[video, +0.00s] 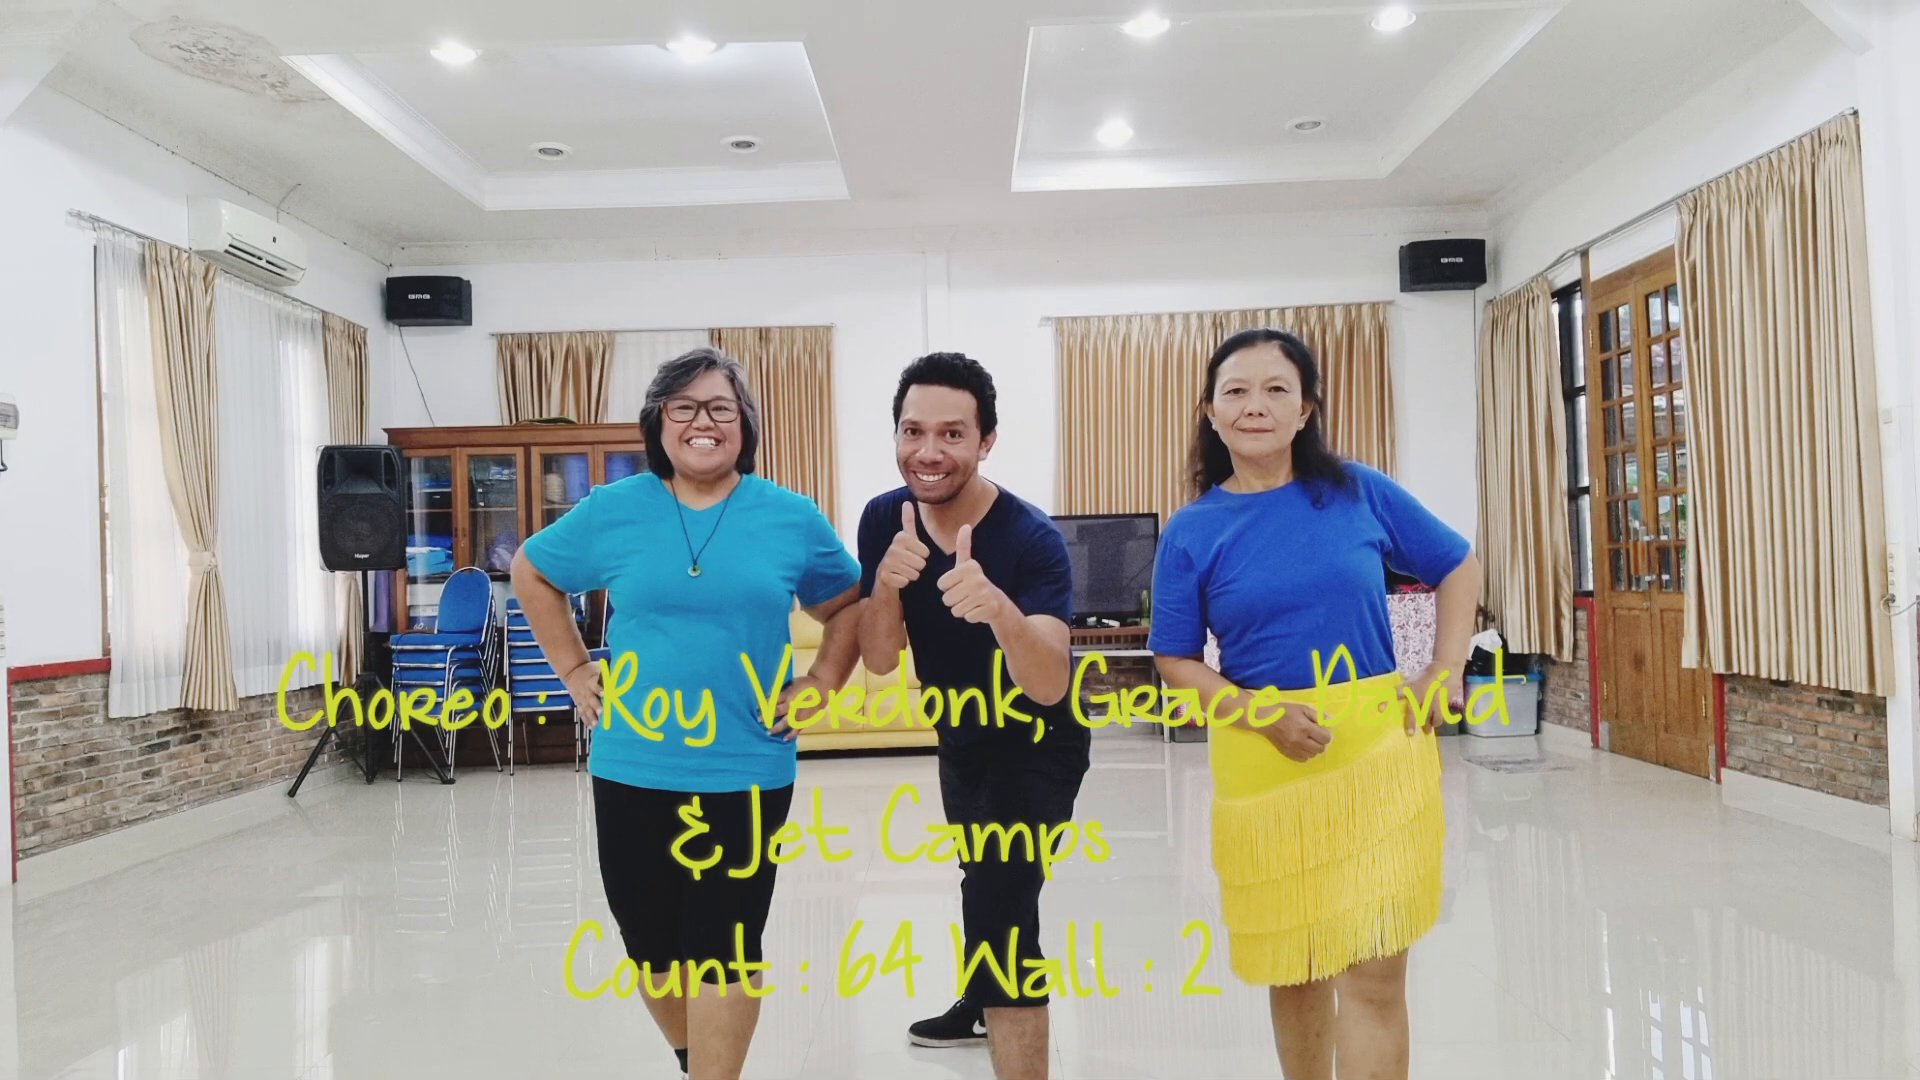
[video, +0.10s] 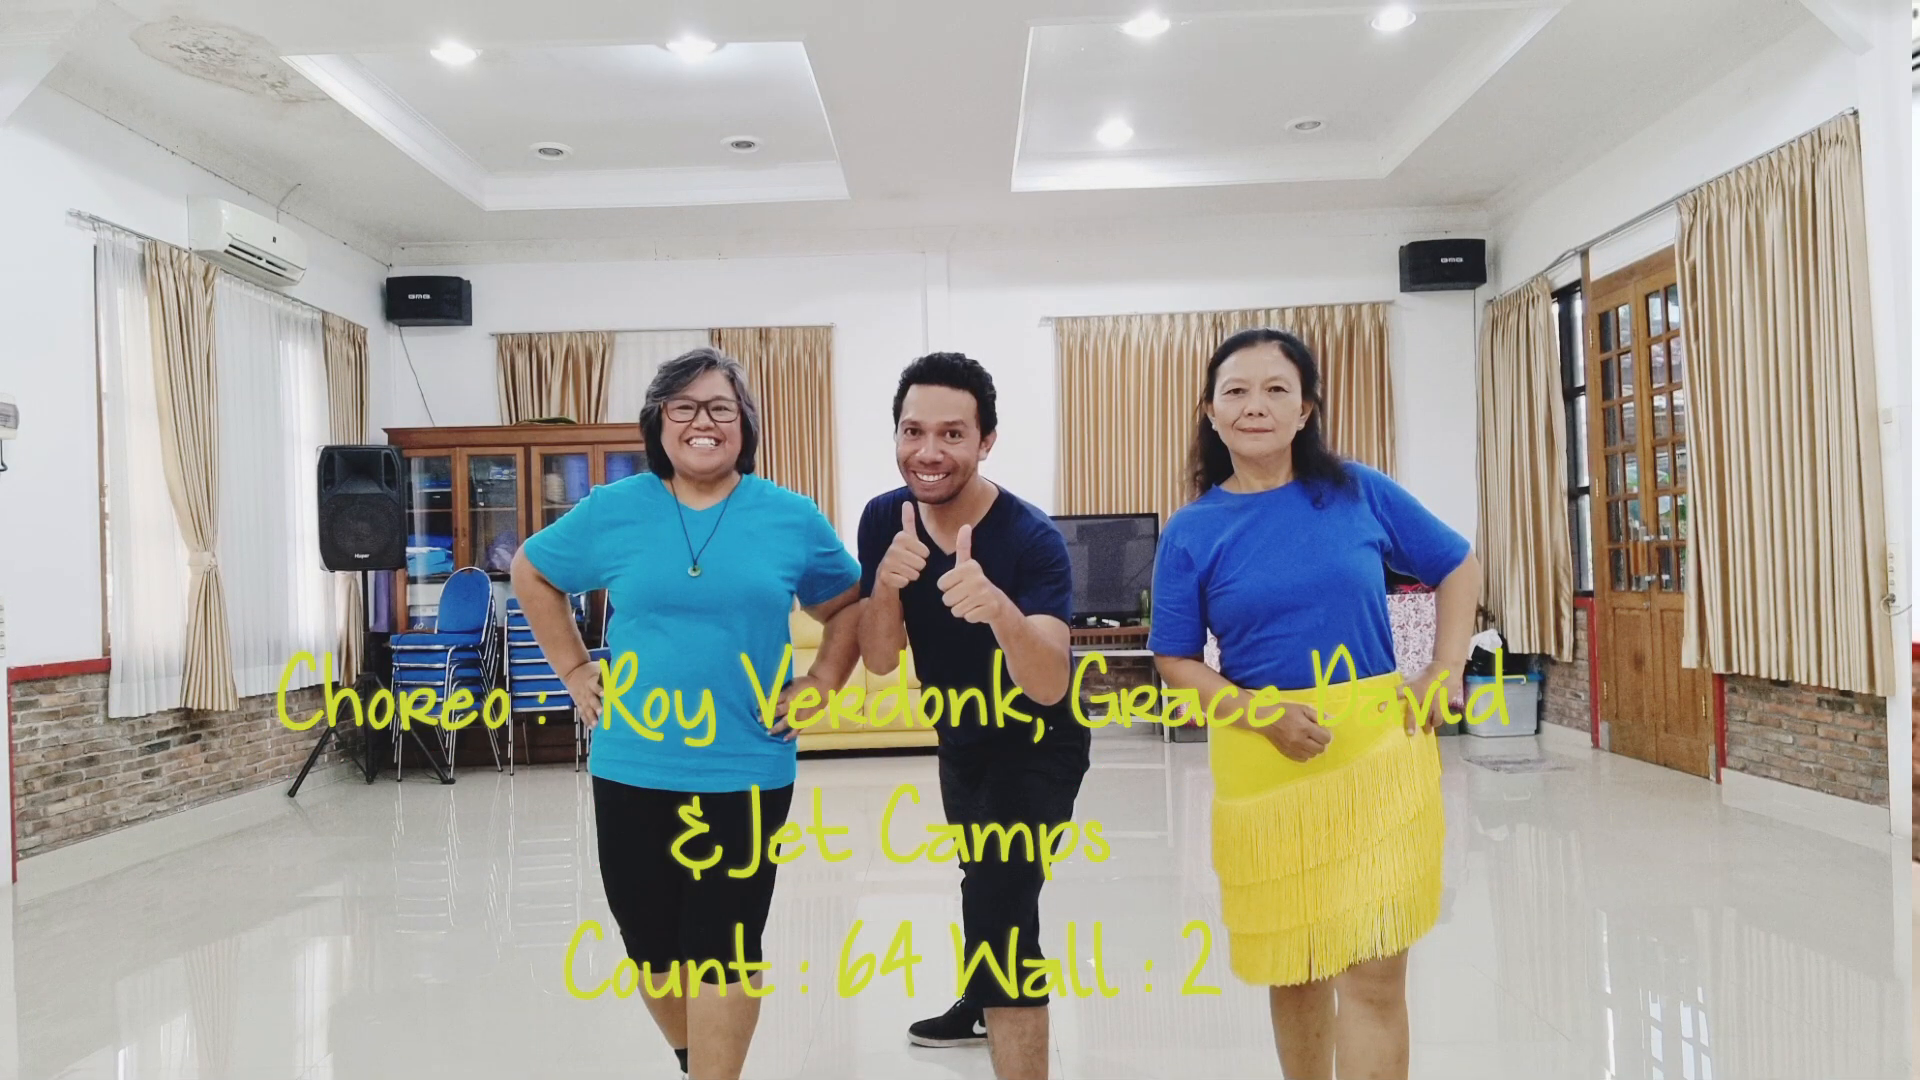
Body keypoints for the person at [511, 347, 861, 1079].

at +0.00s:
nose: (703, 421)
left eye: (720, 409)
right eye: (686, 408)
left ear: (746, 427)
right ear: (659, 424)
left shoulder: (790, 518)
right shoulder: (613, 510)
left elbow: (848, 606)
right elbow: (530, 570)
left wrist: (822, 681)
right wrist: (574, 667)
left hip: (745, 774)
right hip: (632, 774)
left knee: (724, 959)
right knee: (656, 962)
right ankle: (703, 1066)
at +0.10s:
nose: (703, 421)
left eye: (720, 409)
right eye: (686, 408)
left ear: (746, 427)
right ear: (659, 424)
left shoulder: (790, 518)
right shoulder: (613, 510)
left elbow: (848, 606)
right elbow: (530, 570)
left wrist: (822, 681)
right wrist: (574, 667)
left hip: (745, 774)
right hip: (632, 774)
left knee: (724, 959)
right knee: (656, 962)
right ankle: (703, 1066)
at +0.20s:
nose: (703, 421)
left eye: (720, 409)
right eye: (686, 408)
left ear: (746, 427)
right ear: (659, 425)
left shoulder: (790, 518)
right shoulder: (614, 510)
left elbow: (848, 607)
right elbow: (530, 570)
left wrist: (821, 682)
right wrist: (573, 668)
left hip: (745, 774)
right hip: (632, 774)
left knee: (725, 959)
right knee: (656, 962)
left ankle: (714, 1079)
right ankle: (703, 1066)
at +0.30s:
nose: (703, 421)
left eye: (720, 409)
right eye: (686, 408)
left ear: (746, 427)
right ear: (659, 425)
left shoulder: (790, 518)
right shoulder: (614, 510)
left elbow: (848, 607)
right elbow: (530, 570)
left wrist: (821, 682)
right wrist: (573, 668)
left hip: (745, 774)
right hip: (632, 774)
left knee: (725, 959)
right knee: (656, 962)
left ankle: (714, 1079)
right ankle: (703, 1066)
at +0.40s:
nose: (703, 421)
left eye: (720, 409)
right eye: (686, 408)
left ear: (746, 427)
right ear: (659, 425)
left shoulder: (790, 518)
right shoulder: (614, 510)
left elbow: (848, 607)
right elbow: (530, 570)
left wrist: (821, 682)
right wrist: (573, 668)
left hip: (745, 774)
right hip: (632, 774)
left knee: (725, 959)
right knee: (656, 962)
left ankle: (714, 1079)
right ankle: (703, 1066)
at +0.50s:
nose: (703, 421)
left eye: (720, 409)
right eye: (686, 408)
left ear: (746, 428)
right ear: (659, 425)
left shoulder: (790, 518)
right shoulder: (613, 510)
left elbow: (848, 607)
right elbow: (530, 570)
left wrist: (821, 682)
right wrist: (574, 667)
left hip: (745, 774)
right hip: (632, 774)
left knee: (725, 959)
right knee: (656, 962)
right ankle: (703, 1066)